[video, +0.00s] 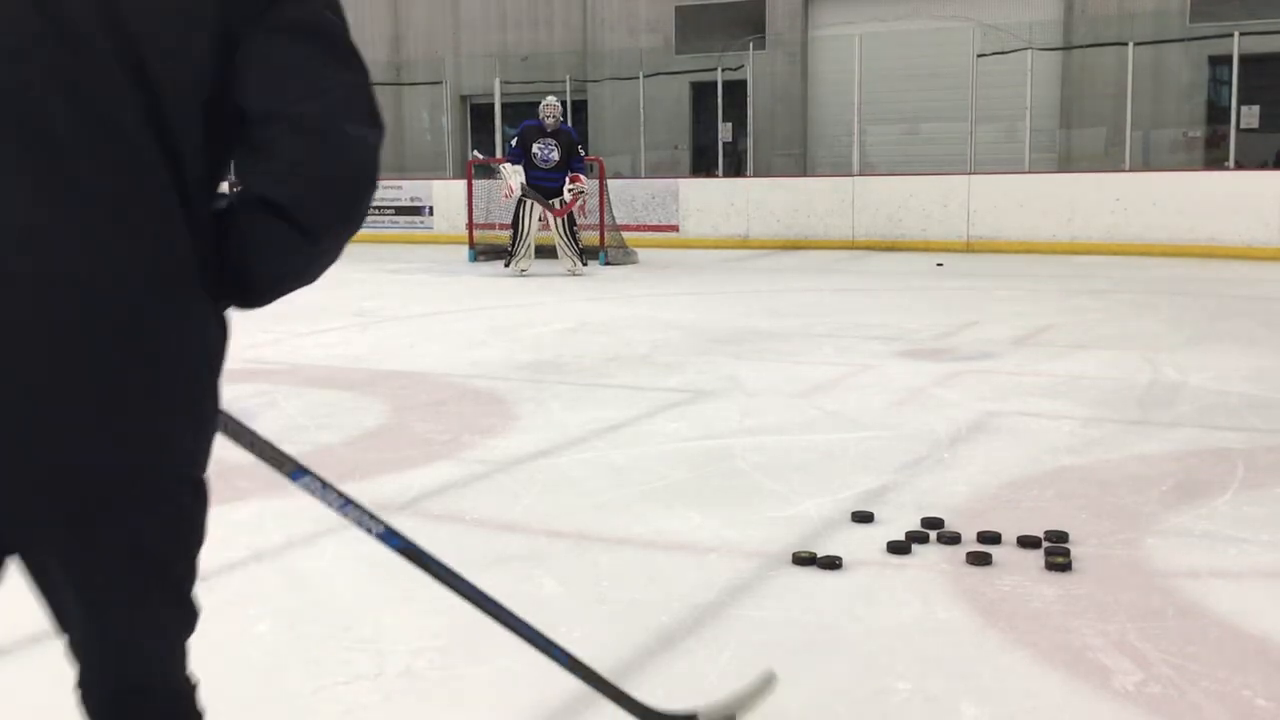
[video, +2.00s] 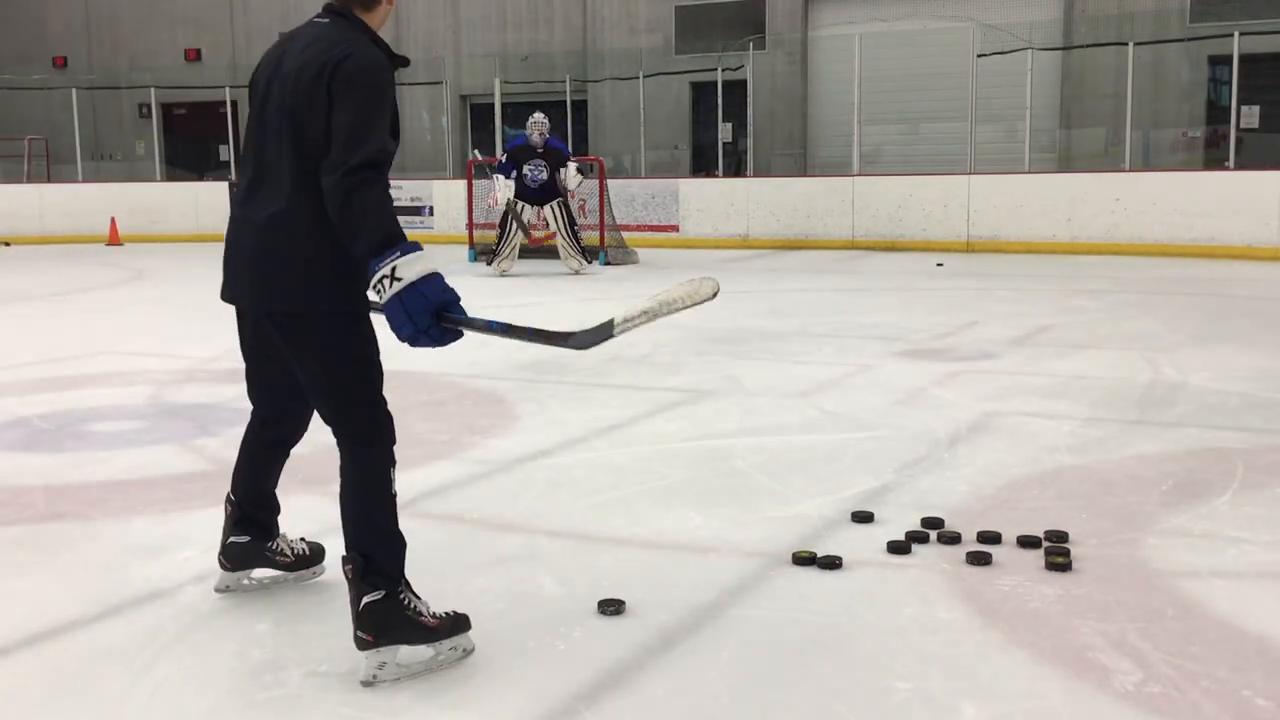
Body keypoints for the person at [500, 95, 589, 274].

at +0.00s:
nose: (551, 115)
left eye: (554, 111)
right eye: (547, 110)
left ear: (560, 113)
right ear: (540, 112)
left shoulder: (568, 134)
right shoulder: (528, 129)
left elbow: (577, 162)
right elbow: (513, 156)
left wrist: (577, 183)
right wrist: (512, 178)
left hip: (558, 191)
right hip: (531, 190)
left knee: (564, 229)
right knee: (524, 229)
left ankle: (575, 265)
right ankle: (519, 266)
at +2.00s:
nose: (536, 133)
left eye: (541, 130)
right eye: (533, 130)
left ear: (546, 131)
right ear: (528, 131)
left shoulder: (556, 149)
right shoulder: (517, 148)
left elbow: (569, 181)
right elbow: (503, 171)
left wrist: (574, 176)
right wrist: (501, 190)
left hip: (552, 197)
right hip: (523, 197)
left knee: (566, 229)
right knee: (511, 231)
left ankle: (578, 263)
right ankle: (501, 264)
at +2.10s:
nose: (539, 142)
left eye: (543, 138)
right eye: (536, 138)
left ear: (549, 138)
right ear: (530, 137)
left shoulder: (558, 153)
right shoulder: (519, 153)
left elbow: (573, 175)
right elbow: (504, 176)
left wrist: (580, 167)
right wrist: (497, 197)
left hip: (552, 198)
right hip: (523, 198)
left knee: (566, 229)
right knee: (509, 229)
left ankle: (579, 263)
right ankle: (496, 264)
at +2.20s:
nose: (541, 148)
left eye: (544, 144)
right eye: (537, 144)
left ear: (550, 143)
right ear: (531, 143)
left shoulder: (559, 159)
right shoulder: (519, 159)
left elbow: (570, 184)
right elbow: (504, 183)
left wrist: (582, 168)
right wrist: (497, 205)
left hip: (552, 201)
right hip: (522, 201)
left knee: (567, 231)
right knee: (506, 231)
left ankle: (583, 263)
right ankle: (492, 264)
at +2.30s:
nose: (541, 152)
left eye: (545, 148)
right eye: (538, 149)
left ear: (550, 148)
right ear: (531, 148)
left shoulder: (558, 164)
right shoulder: (519, 162)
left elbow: (567, 191)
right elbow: (502, 186)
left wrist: (578, 178)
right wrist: (496, 208)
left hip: (549, 204)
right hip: (521, 203)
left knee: (566, 235)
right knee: (507, 234)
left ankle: (588, 267)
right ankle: (489, 266)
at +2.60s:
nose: (539, 152)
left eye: (542, 149)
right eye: (535, 149)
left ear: (548, 149)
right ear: (529, 150)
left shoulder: (557, 166)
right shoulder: (517, 165)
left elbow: (569, 185)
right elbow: (501, 188)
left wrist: (577, 191)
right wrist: (497, 210)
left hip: (549, 205)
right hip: (521, 204)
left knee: (564, 234)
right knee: (507, 234)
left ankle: (584, 263)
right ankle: (491, 264)